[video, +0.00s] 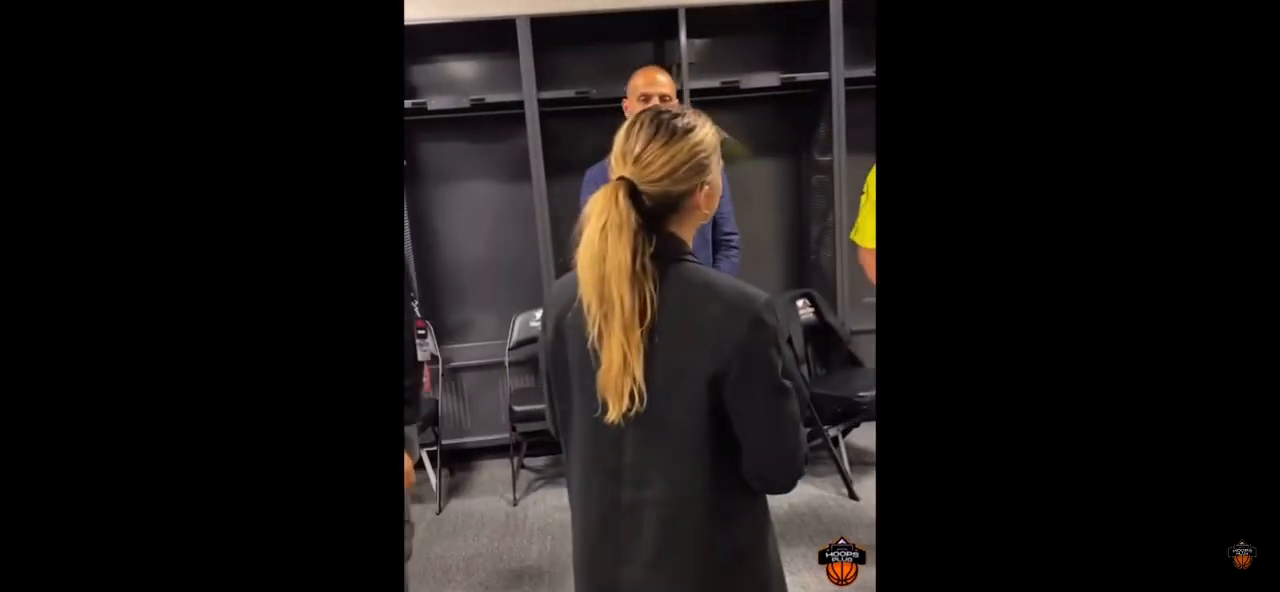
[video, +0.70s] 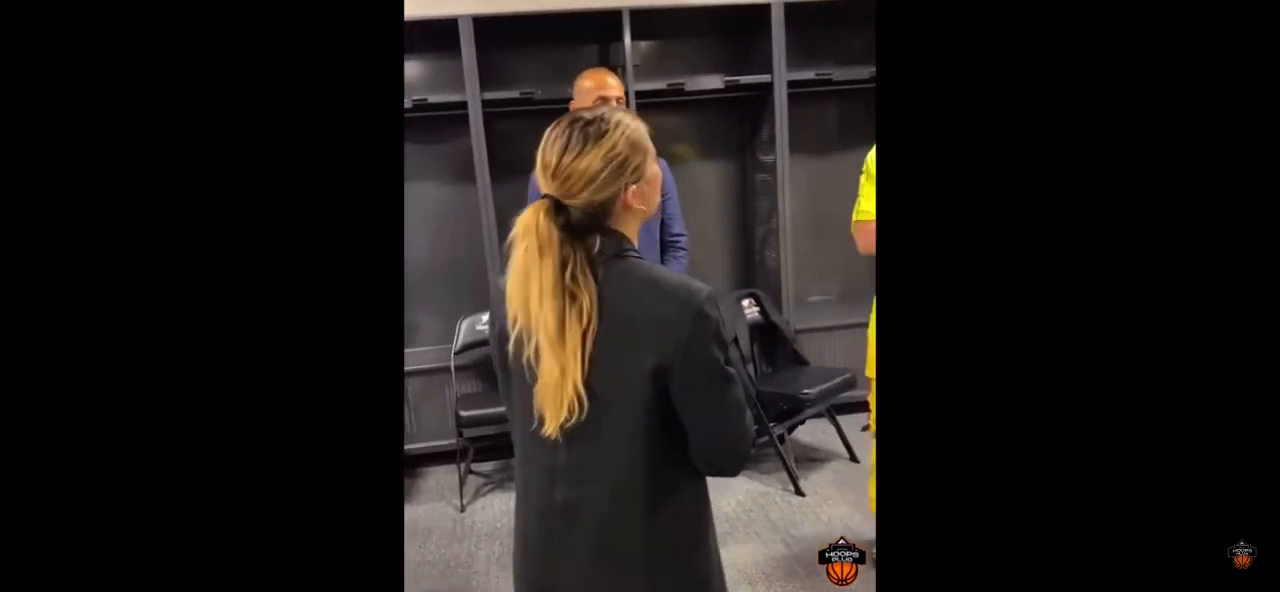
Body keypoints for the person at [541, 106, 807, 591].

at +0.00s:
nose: (722, 183)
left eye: (719, 169)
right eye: (719, 171)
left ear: (620, 183)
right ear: (704, 194)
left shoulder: (566, 302)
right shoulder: (739, 313)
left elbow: (567, 431)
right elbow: (778, 470)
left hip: (607, 564)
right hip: (712, 567)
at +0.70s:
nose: (662, 175)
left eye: (656, 164)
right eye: (655, 167)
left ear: (562, 190)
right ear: (633, 195)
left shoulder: (516, 295)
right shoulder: (679, 305)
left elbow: (523, 420)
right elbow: (727, 452)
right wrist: (720, 352)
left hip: (550, 557)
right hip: (651, 559)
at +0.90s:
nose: (603, 194)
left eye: (599, 181)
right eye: (597, 183)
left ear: (501, 201)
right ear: (573, 207)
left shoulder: (466, 299)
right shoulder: (614, 316)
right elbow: (681, 435)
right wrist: (673, 331)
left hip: (486, 563)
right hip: (588, 567)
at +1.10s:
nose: (551, 208)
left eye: (545, 195)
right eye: (543, 198)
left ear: (440, 218)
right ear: (512, 230)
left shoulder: (412, 314)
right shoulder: (558, 330)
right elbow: (628, 414)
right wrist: (629, 287)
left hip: (424, 568)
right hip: (532, 569)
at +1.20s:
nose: (528, 217)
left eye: (523, 205)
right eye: (520, 208)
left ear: (419, 221)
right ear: (492, 236)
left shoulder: (409, 317)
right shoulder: (530, 331)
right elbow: (611, 398)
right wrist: (581, 283)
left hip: (417, 568)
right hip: (515, 570)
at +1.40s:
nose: (492, 221)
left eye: (488, 210)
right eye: (485, 212)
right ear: (461, 238)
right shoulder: (494, 332)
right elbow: (575, 374)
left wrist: (518, 280)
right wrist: (521, 277)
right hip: (489, 569)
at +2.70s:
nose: (484, 207)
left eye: (481, 194)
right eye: (481, 195)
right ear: (462, 227)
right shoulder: (492, 348)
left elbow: (548, 433)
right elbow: (552, 435)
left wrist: (565, 319)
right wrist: (568, 318)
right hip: (486, 574)